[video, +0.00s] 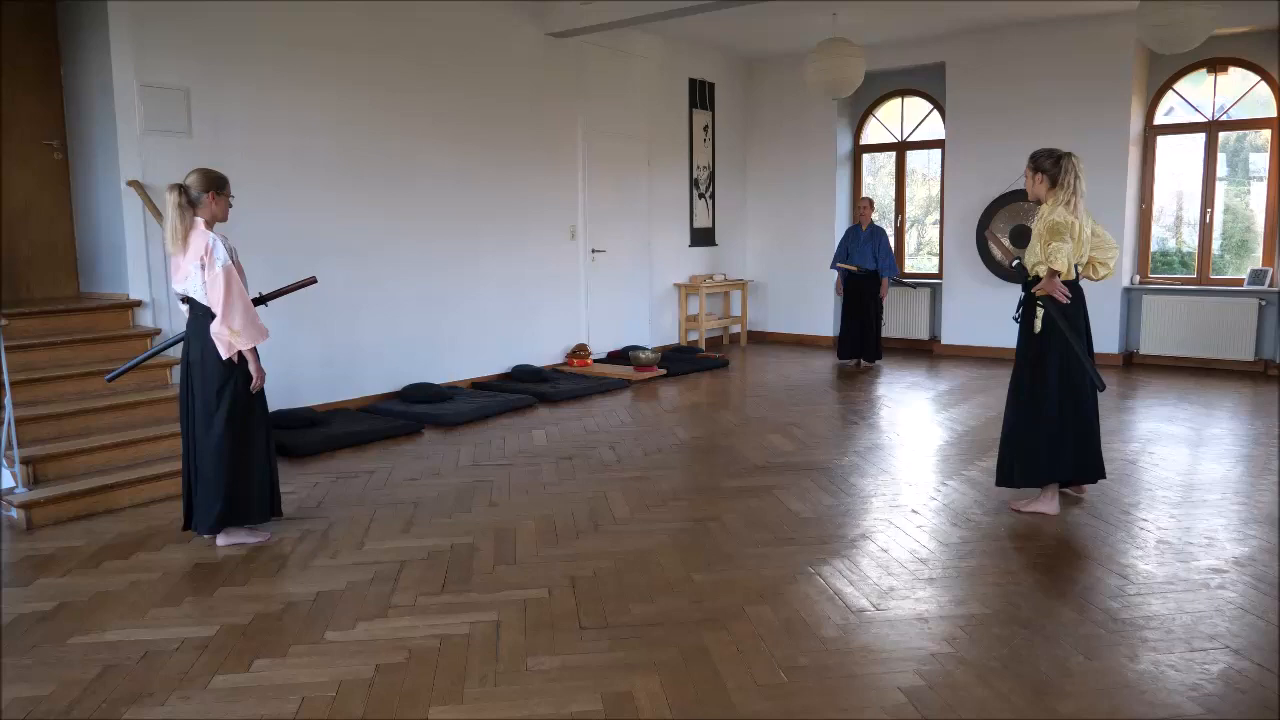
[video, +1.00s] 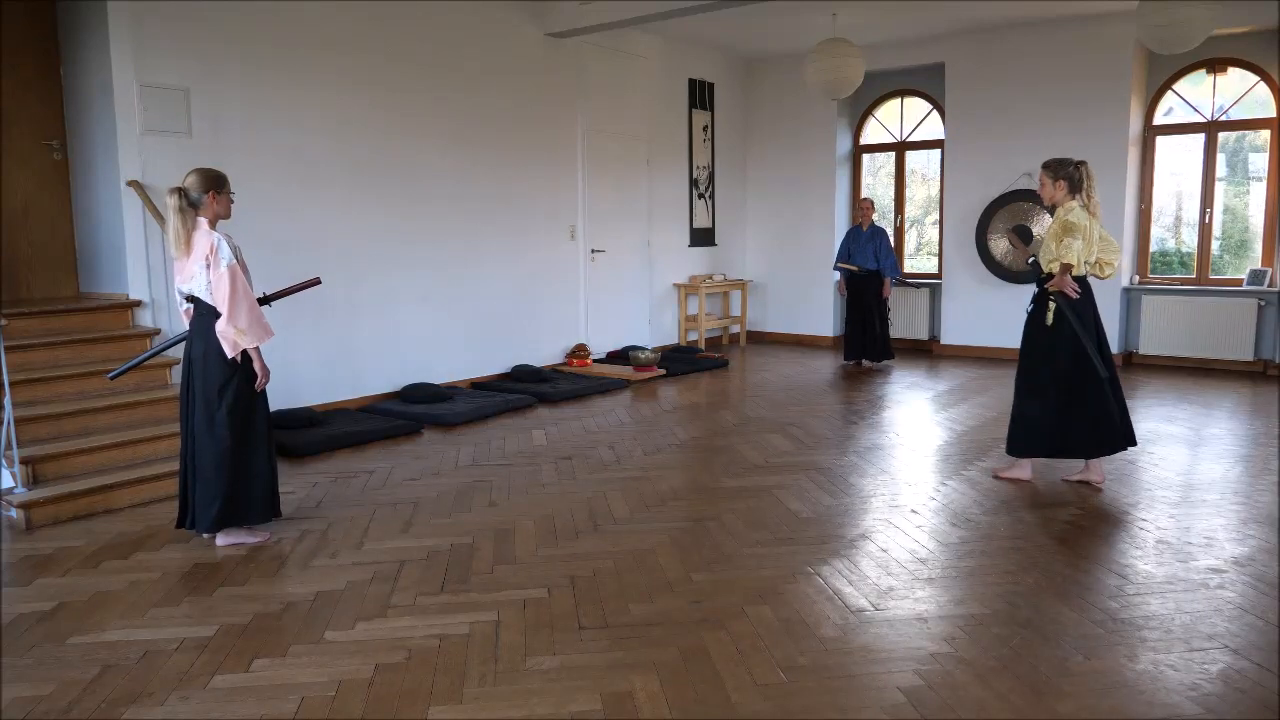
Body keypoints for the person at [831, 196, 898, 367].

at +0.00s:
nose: (861, 211)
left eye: (864, 208)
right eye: (859, 208)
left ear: (871, 210)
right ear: (856, 210)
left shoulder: (879, 233)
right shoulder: (850, 232)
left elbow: (885, 260)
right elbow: (841, 257)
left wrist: (884, 284)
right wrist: (839, 278)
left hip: (871, 278)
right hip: (852, 278)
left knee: (870, 318)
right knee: (852, 317)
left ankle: (869, 357)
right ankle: (854, 356)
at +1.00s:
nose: (864, 212)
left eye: (867, 209)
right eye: (861, 209)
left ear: (873, 211)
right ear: (858, 211)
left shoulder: (880, 233)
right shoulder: (852, 232)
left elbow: (887, 259)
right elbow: (843, 257)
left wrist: (887, 283)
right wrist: (842, 278)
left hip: (873, 278)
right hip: (854, 278)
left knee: (873, 317)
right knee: (855, 317)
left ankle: (871, 358)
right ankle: (855, 356)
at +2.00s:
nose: (858, 210)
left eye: (862, 208)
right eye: (856, 208)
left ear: (869, 210)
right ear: (853, 210)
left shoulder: (876, 232)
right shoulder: (849, 233)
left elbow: (883, 258)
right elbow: (841, 257)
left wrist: (883, 281)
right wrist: (839, 279)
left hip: (870, 278)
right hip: (851, 278)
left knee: (869, 317)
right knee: (853, 316)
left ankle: (869, 357)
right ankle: (856, 355)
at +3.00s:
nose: (860, 211)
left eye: (863, 208)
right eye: (858, 208)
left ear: (871, 211)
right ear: (855, 211)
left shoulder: (878, 233)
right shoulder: (851, 232)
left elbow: (886, 260)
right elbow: (842, 257)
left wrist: (885, 284)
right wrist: (840, 279)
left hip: (871, 279)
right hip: (853, 278)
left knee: (870, 318)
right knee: (853, 317)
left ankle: (870, 358)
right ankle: (855, 356)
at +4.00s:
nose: (858, 212)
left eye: (861, 209)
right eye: (856, 209)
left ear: (869, 211)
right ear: (853, 211)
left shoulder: (877, 233)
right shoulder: (849, 233)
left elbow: (884, 260)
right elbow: (840, 257)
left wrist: (883, 284)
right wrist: (838, 279)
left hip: (870, 279)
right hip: (851, 279)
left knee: (870, 318)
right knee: (851, 318)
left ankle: (870, 358)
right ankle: (853, 356)